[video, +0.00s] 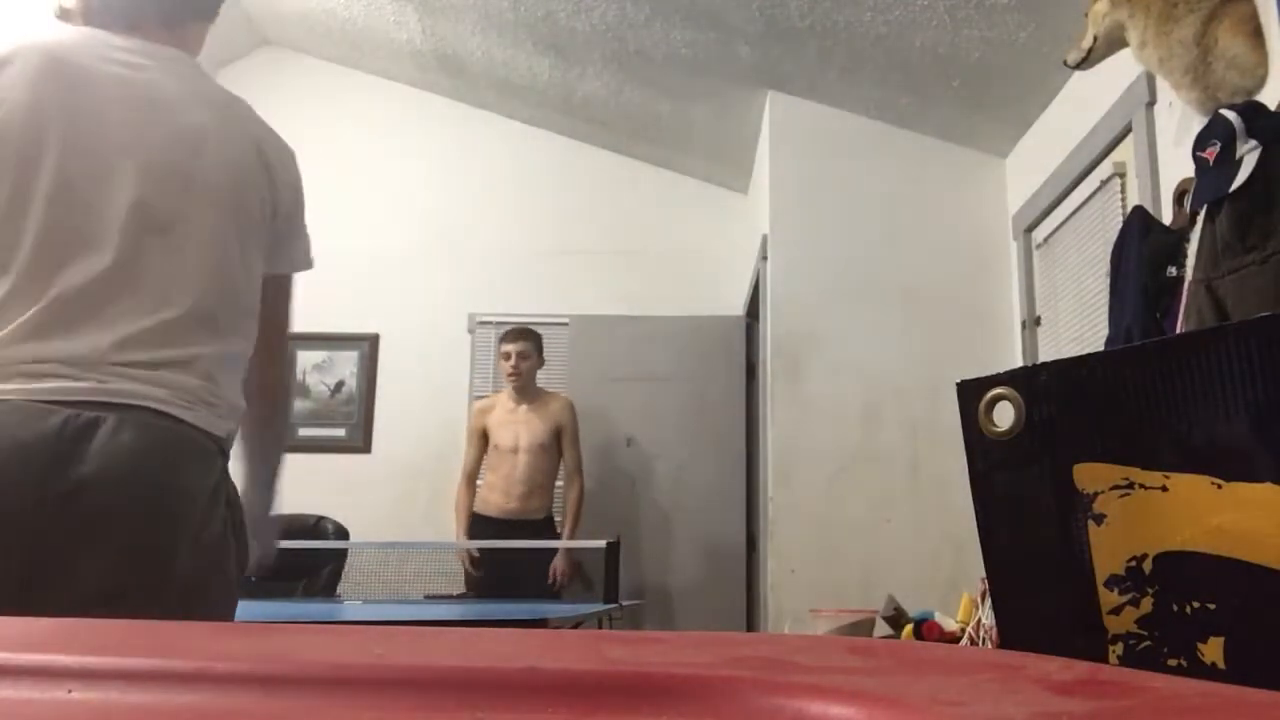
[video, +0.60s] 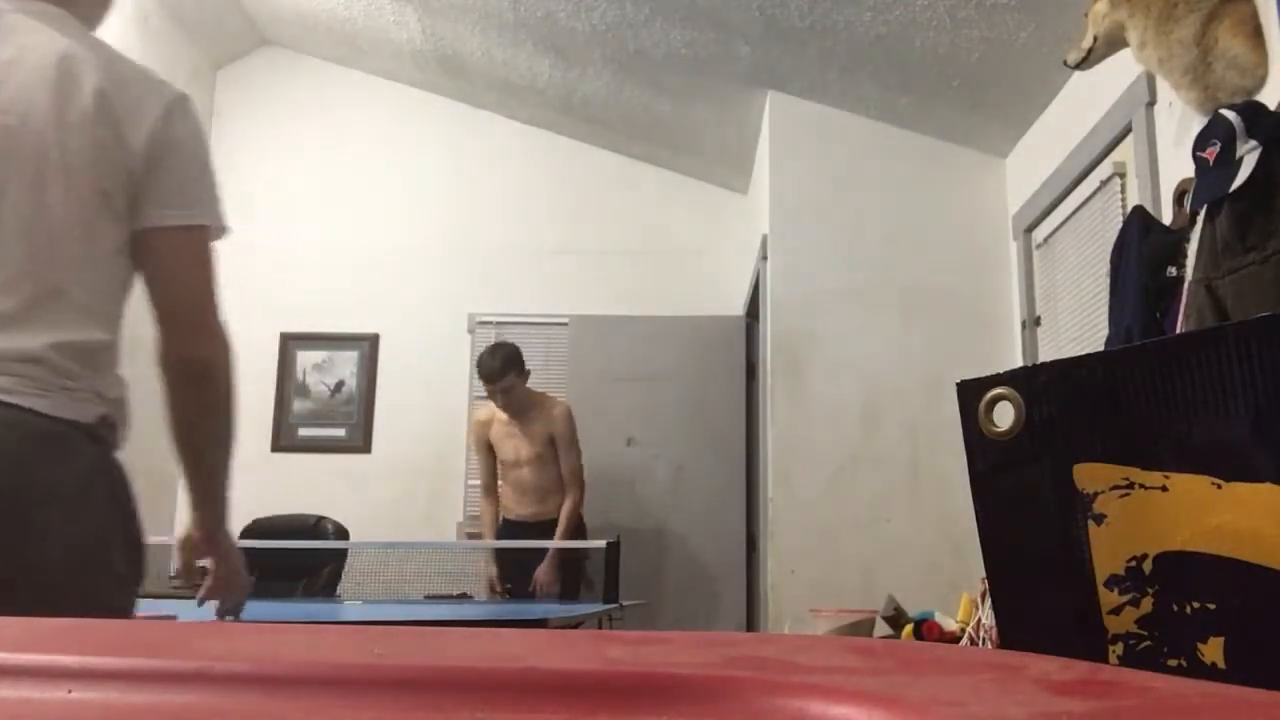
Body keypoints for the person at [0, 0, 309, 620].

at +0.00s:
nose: (63, 14)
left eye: (67, 13)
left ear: (73, 11)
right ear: (200, 23)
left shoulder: (14, 74)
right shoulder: (259, 145)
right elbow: (267, 371)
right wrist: (256, 514)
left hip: (12, 437)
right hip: (168, 463)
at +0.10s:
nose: (59, 13)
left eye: (64, 12)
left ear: (70, 11)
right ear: (197, 23)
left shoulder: (11, 73)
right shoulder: (262, 148)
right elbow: (253, 378)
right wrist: (217, 534)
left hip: (11, 428)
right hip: (164, 455)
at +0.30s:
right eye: (185, 14)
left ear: (48, 3)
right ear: (178, 12)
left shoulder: (12, 56)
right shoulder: (230, 126)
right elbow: (278, 357)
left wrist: (240, 542)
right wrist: (243, 540)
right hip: (128, 465)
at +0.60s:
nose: (112, 4)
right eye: (109, 7)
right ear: (102, 0)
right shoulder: (140, 104)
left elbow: (193, 349)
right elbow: (193, 351)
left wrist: (207, 523)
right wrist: (209, 521)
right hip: (49, 459)